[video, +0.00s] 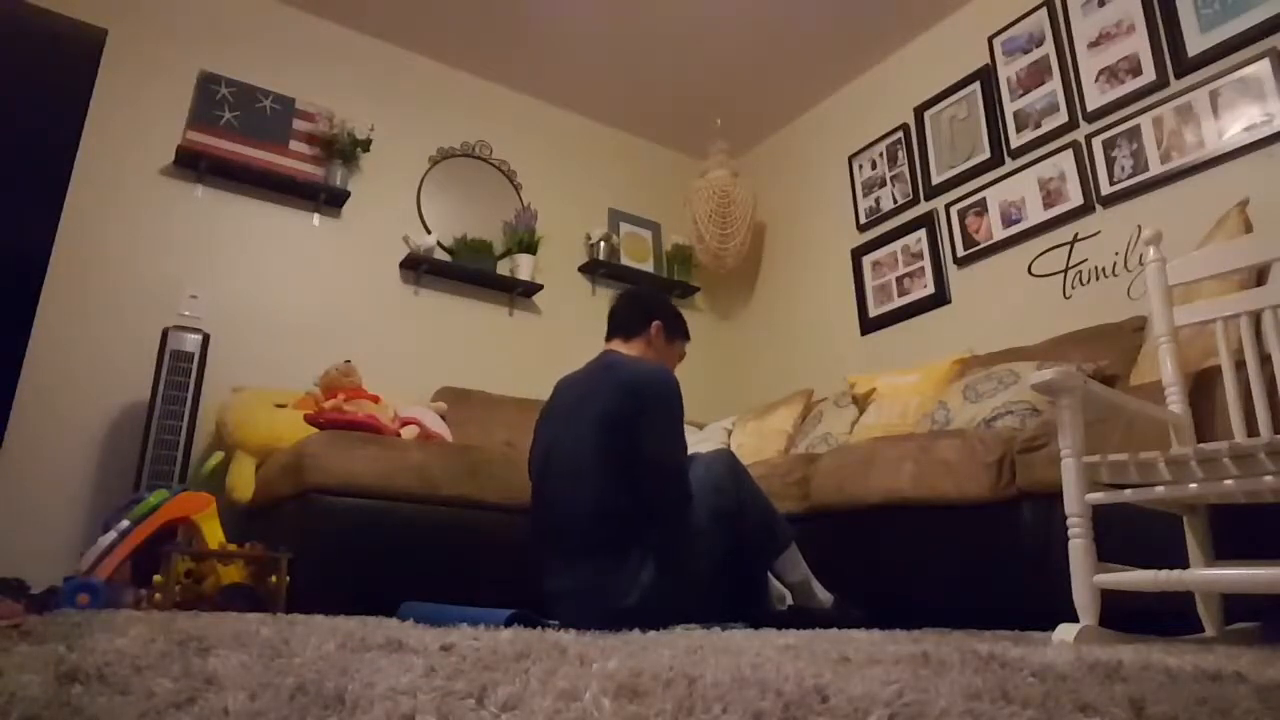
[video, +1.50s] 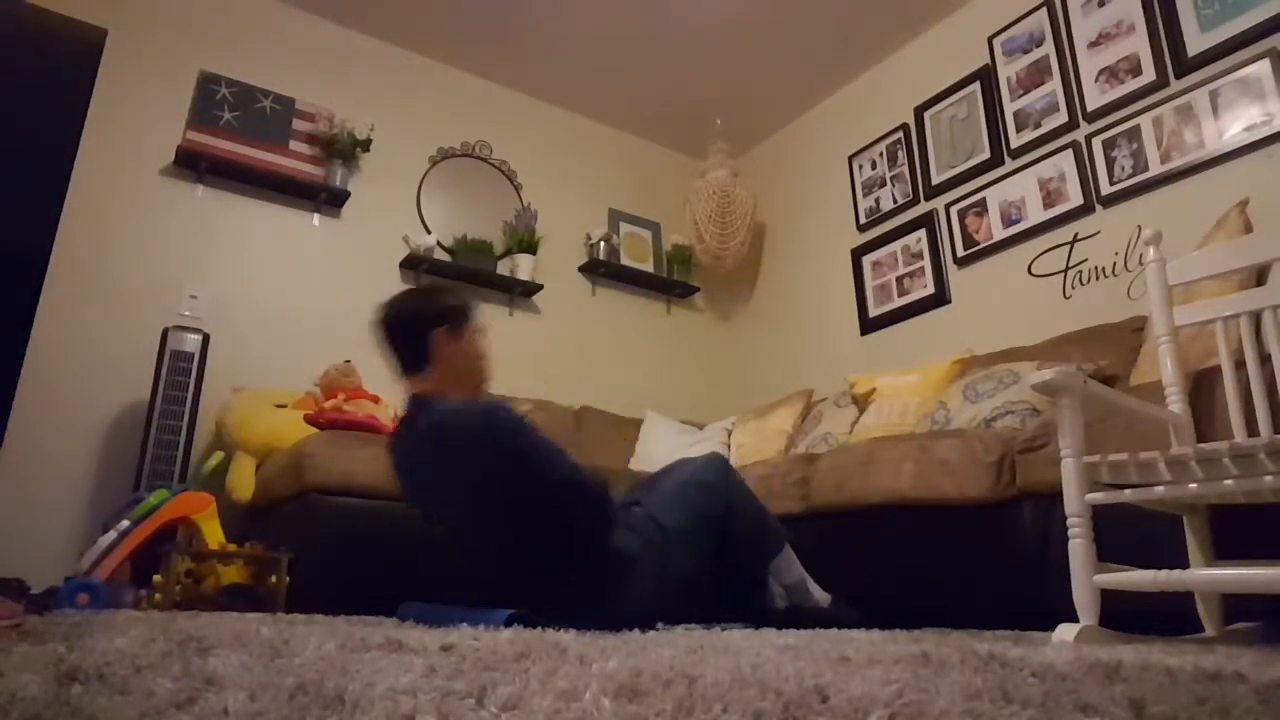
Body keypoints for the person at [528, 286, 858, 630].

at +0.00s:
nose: (674, 373)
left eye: (678, 362)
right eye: (677, 358)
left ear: (611, 336)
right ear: (655, 333)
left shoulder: (563, 389)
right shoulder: (652, 382)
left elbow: (539, 475)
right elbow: (671, 501)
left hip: (566, 601)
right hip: (632, 602)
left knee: (719, 465)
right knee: (717, 472)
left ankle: (806, 592)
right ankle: (779, 603)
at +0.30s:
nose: (687, 383)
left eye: (692, 373)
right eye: (690, 370)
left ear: (626, 339)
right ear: (667, 341)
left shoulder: (573, 389)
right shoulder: (663, 385)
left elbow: (547, 483)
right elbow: (674, 506)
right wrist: (680, 582)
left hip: (565, 597)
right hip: (627, 600)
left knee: (719, 466)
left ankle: (811, 594)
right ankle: (776, 603)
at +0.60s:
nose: (680, 381)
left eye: (685, 372)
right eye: (683, 369)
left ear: (620, 341)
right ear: (662, 341)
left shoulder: (567, 388)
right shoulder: (659, 384)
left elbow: (540, 477)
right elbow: (671, 507)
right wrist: (679, 585)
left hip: (565, 597)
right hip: (626, 600)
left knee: (717, 469)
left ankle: (807, 590)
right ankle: (769, 612)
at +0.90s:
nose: (680, 378)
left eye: (685, 370)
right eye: (683, 366)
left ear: (620, 339)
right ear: (660, 340)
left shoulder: (566, 386)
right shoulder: (654, 382)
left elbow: (540, 480)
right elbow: (667, 503)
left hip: (564, 597)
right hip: (623, 599)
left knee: (717, 470)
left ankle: (810, 591)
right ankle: (776, 606)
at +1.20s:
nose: (621, 352)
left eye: (624, 338)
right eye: (621, 335)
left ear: (555, 322)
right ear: (595, 319)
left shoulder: (516, 391)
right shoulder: (605, 379)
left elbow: (515, 498)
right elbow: (652, 501)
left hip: (556, 599)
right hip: (629, 600)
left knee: (713, 468)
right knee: (717, 478)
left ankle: (807, 592)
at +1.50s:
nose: (485, 347)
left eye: (480, 333)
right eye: (475, 334)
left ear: (422, 351)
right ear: (442, 344)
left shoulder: (409, 442)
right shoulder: (486, 425)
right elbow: (594, 507)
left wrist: (576, 492)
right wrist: (591, 482)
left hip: (534, 600)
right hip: (598, 595)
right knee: (709, 471)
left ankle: (788, 601)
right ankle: (802, 594)